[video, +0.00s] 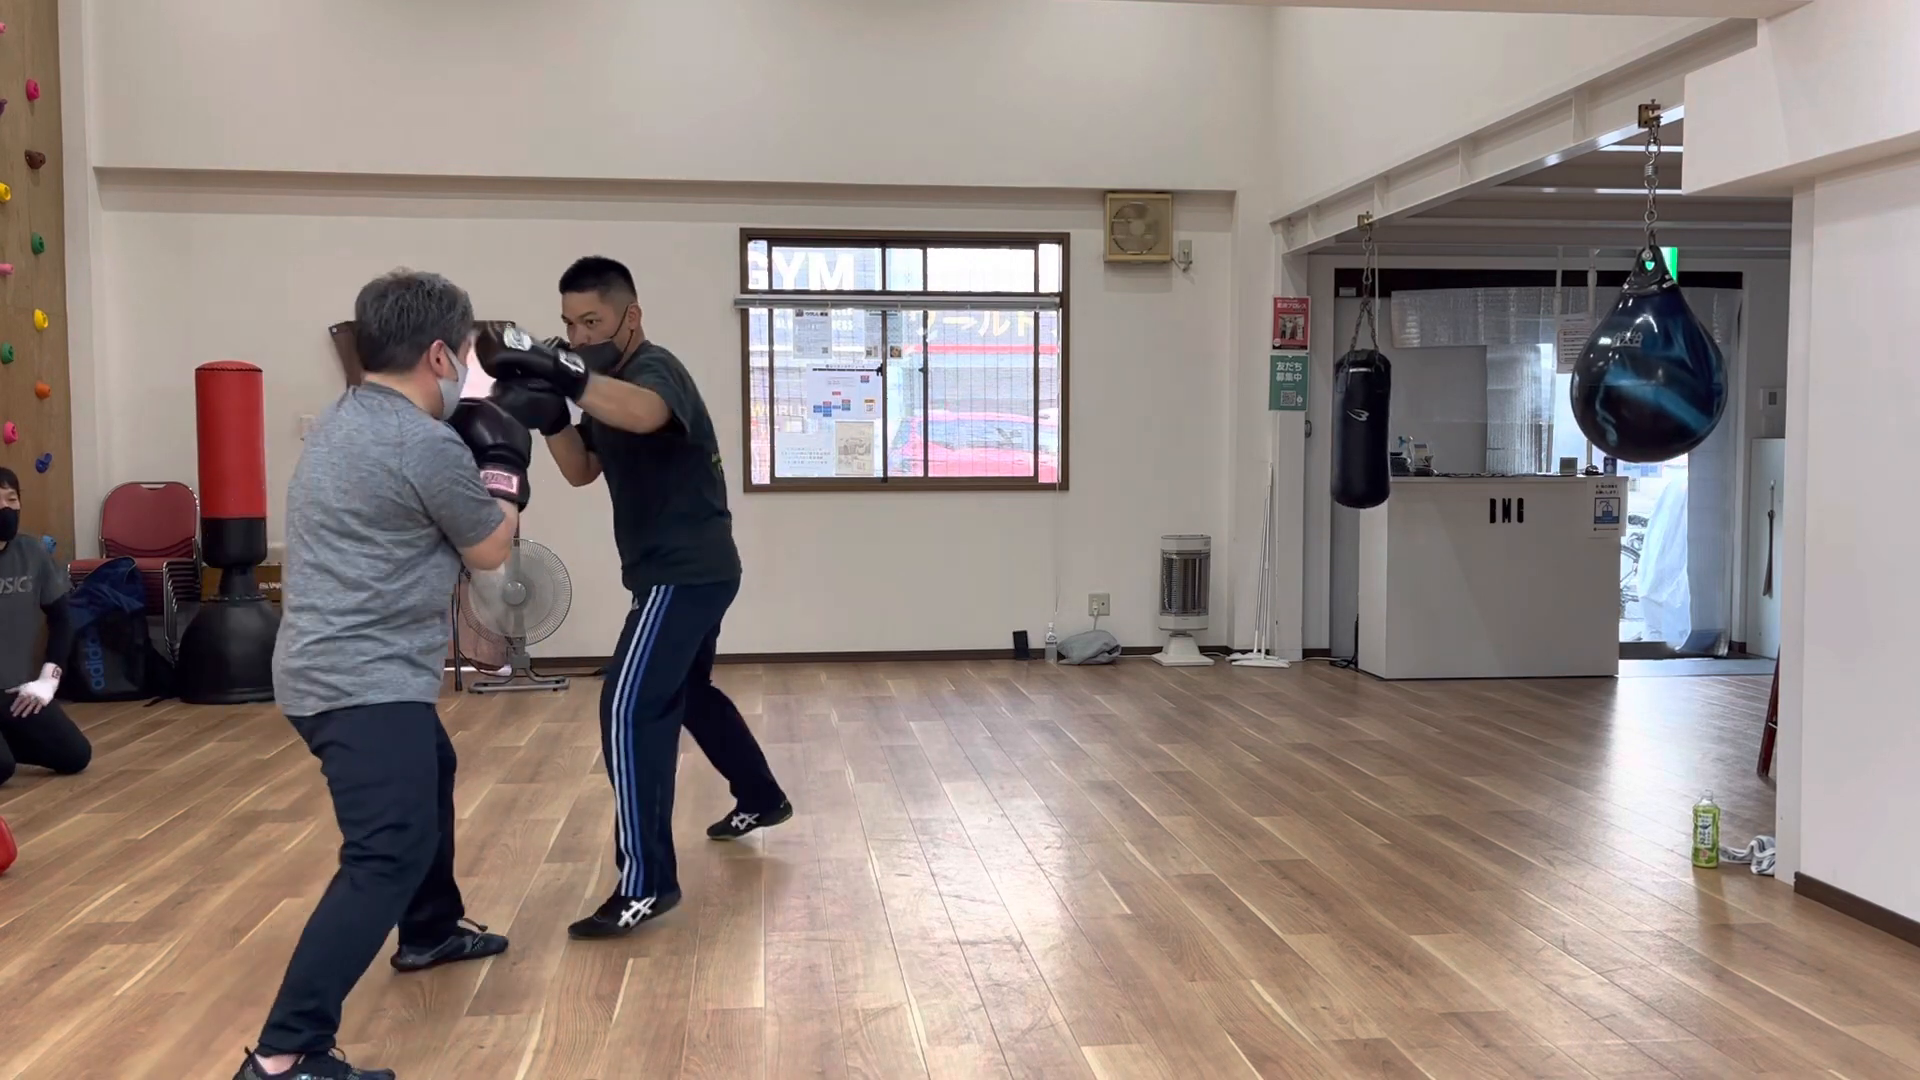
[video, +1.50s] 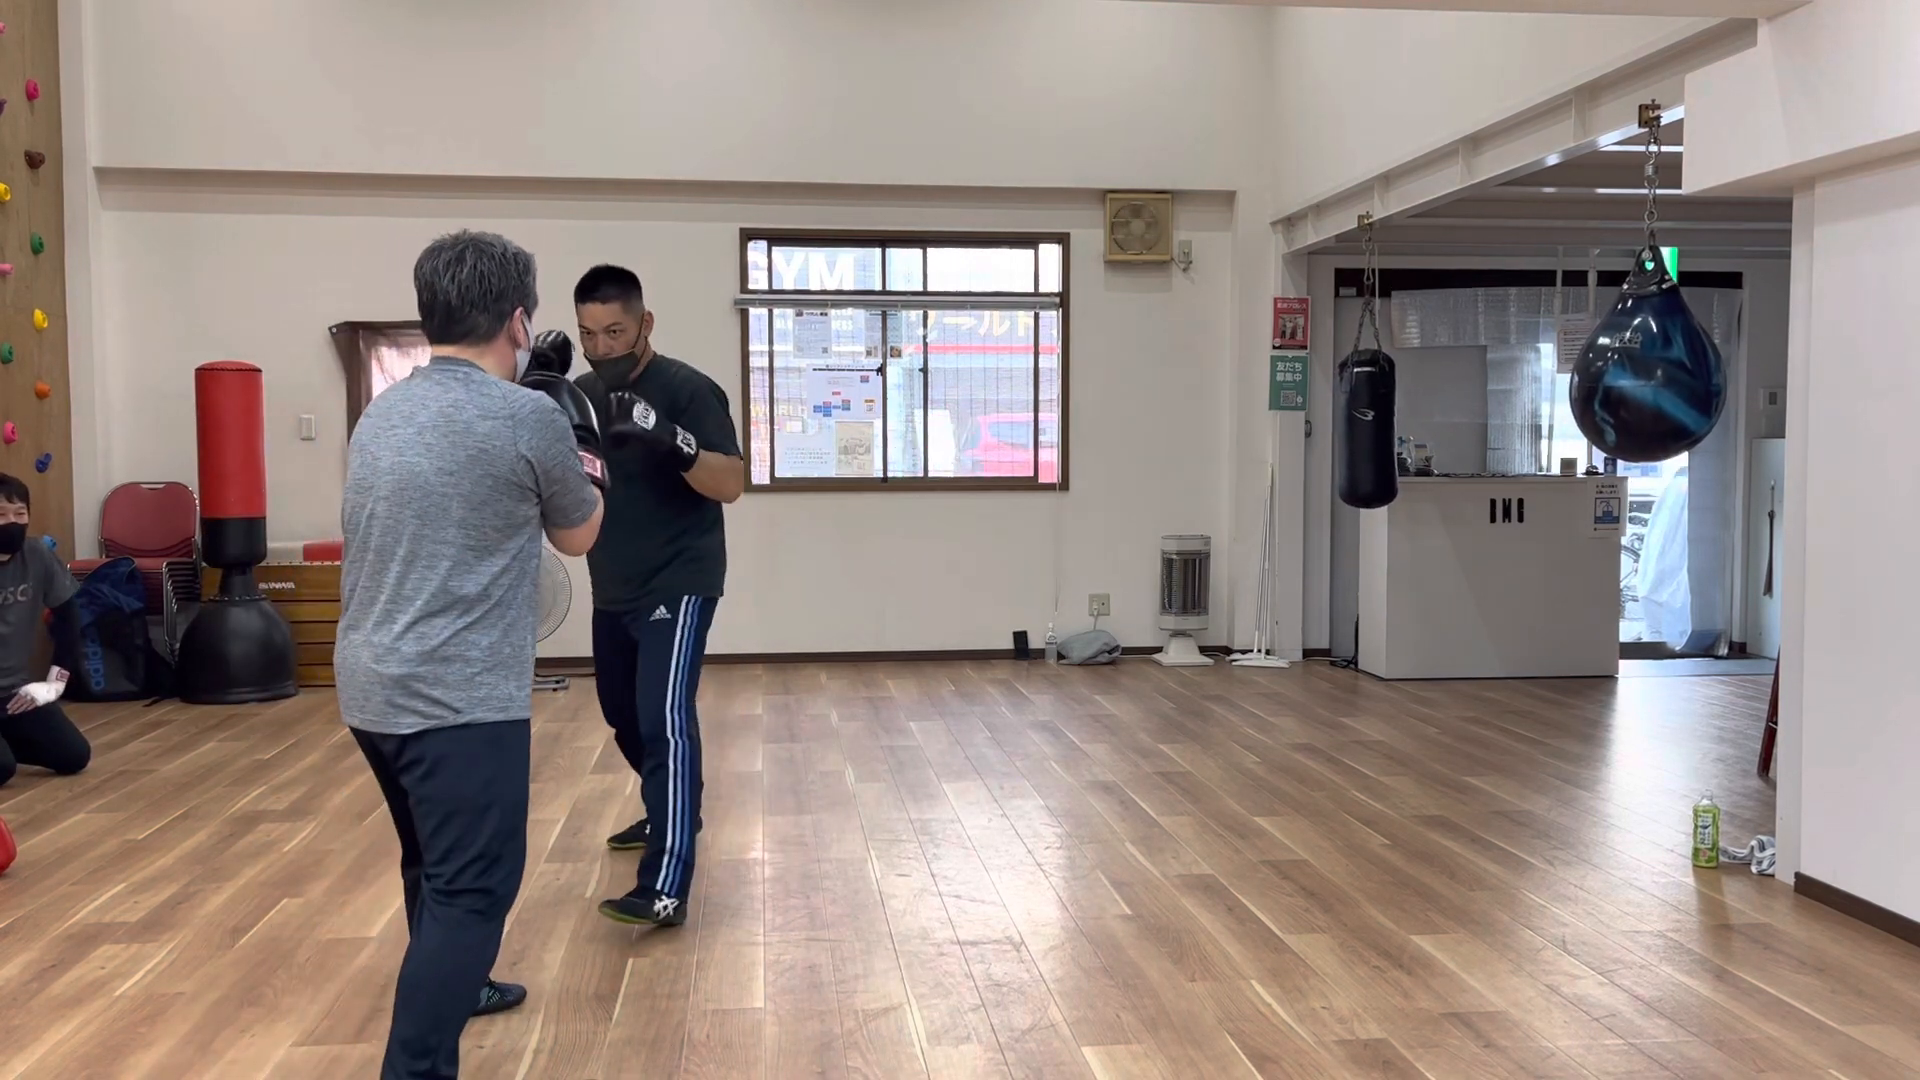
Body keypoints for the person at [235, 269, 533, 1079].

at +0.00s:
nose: (465, 363)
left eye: (465, 350)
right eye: (462, 349)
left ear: (379, 350)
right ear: (436, 355)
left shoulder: (338, 418)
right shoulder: (423, 446)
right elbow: (490, 551)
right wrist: (502, 471)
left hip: (322, 669)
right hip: (368, 685)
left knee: (432, 767)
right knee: (388, 854)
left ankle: (429, 929)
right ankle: (285, 1052)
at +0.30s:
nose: (480, 370)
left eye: (481, 356)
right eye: (478, 356)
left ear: (382, 355)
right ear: (455, 365)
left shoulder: (339, 432)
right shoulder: (438, 460)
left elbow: (323, 534)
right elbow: (512, 558)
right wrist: (520, 488)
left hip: (330, 685)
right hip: (384, 699)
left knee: (442, 777)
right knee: (406, 880)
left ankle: (432, 927)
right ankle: (309, 1061)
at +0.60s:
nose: (495, 309)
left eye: (497, 296)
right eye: (493, 295)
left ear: (392, 294)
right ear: (470, 299)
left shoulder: (350, 374)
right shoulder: (457, 386)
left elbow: (402, 482)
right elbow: (527, 500)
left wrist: (484, 426)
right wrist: (532, 436)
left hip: (322, 652)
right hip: (400, 658)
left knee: (392, 818)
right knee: (422, 847)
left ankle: (382, 982)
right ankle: (330, 1050)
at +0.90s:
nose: (515, 323)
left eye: (516, 308)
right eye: (514, 308)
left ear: (411, 311)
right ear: (496, 316)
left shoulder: (367, 399)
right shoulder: (493, 404)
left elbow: (348, 524)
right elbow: (568, 514)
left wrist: (514, 457)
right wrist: (567, 459)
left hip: (352, 681)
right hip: (426, 691)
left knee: (426, 840)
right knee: (431, 885)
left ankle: (414, 977)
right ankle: (381, 1066)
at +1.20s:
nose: (529, 331)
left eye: (531, 317)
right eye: (528, 316)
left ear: (427, 317)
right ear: (511, 324)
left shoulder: (382, 404)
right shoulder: (507, 421)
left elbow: (446, 496)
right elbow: (565, 533)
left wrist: (533, 448)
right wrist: (567, 441)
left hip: (361, 684)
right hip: (442, 693)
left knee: (431, 854)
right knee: (458, 879)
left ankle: (446, 981)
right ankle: (389, 1067)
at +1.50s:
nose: (532, 325)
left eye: (532, 314)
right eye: (531, 313)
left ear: (428, 319)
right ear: (516, 321)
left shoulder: (382, 409)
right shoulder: (528, 416)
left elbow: (430, 509)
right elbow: (577, 533)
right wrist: (572, 461)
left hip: (370, 689)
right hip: (465, 698)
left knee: (429, 854)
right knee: (468, 891)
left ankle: (448, 978)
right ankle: (414, 1068)